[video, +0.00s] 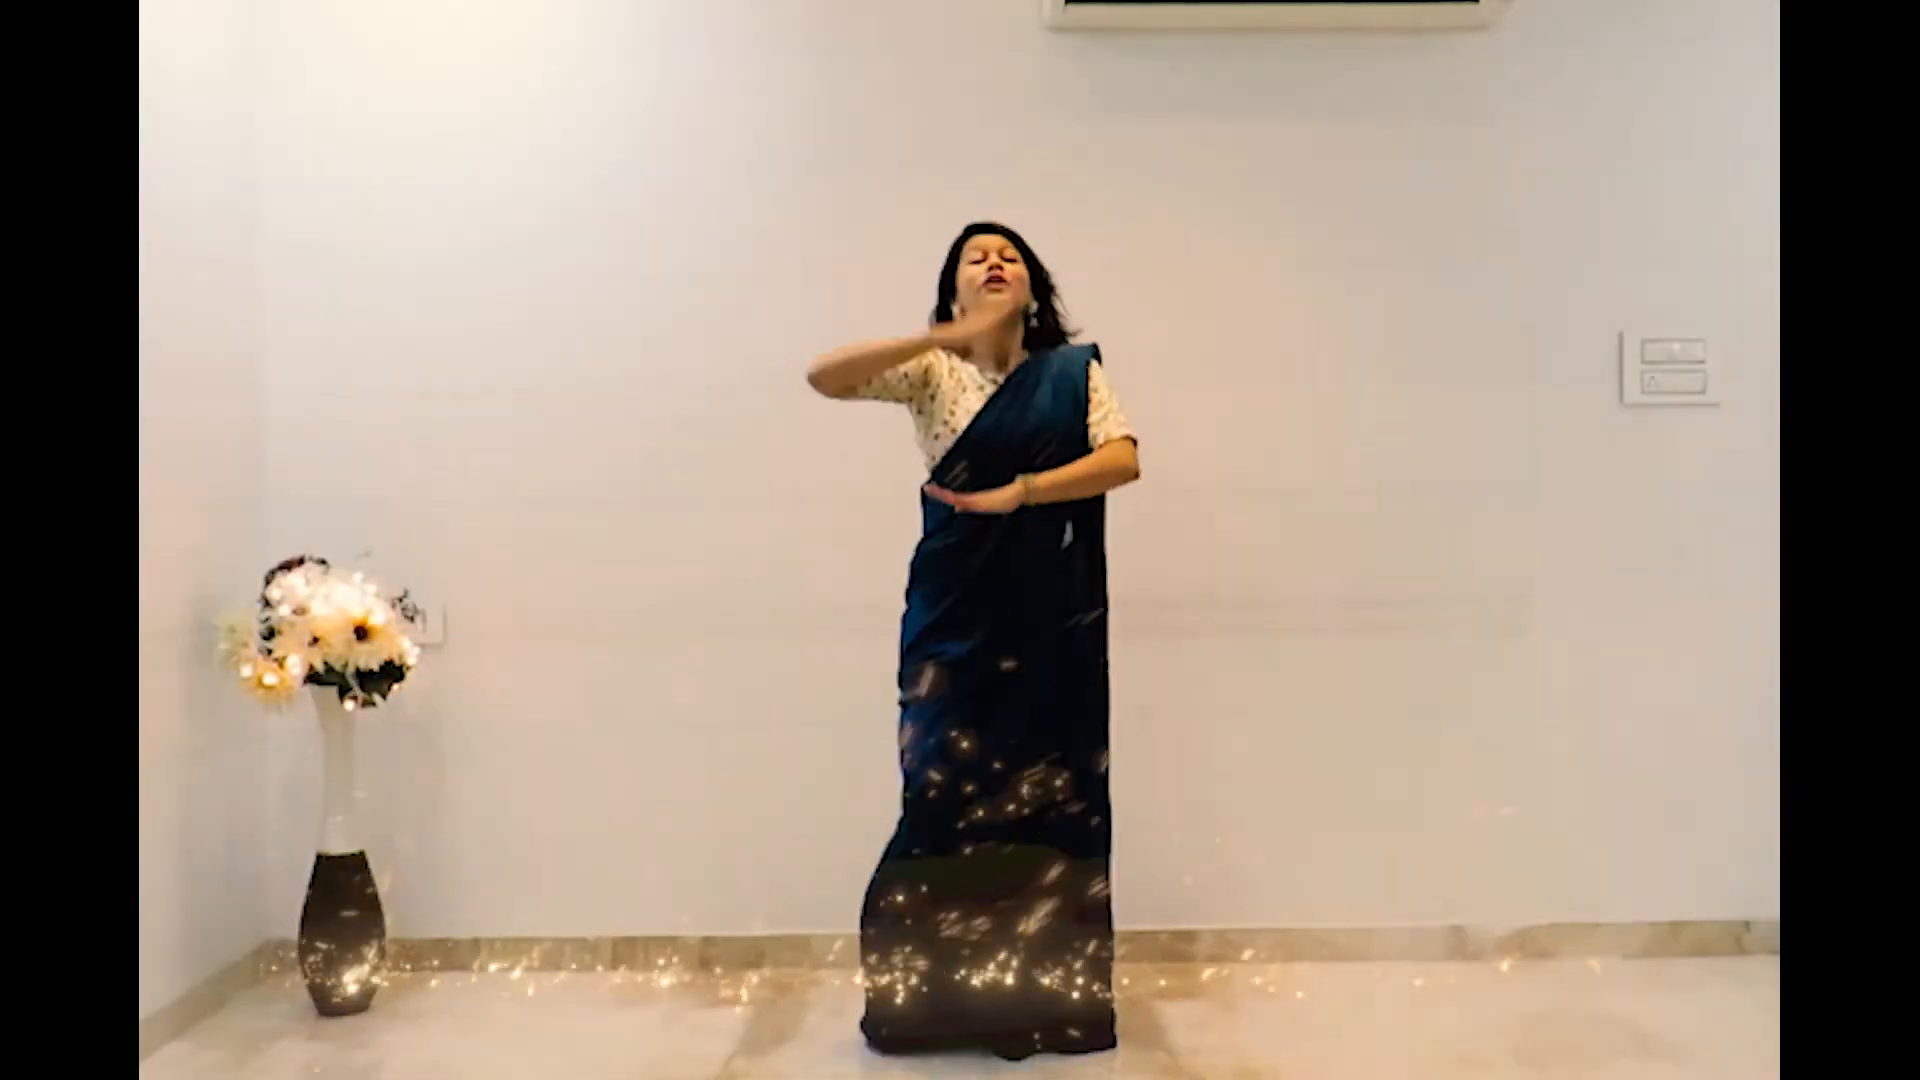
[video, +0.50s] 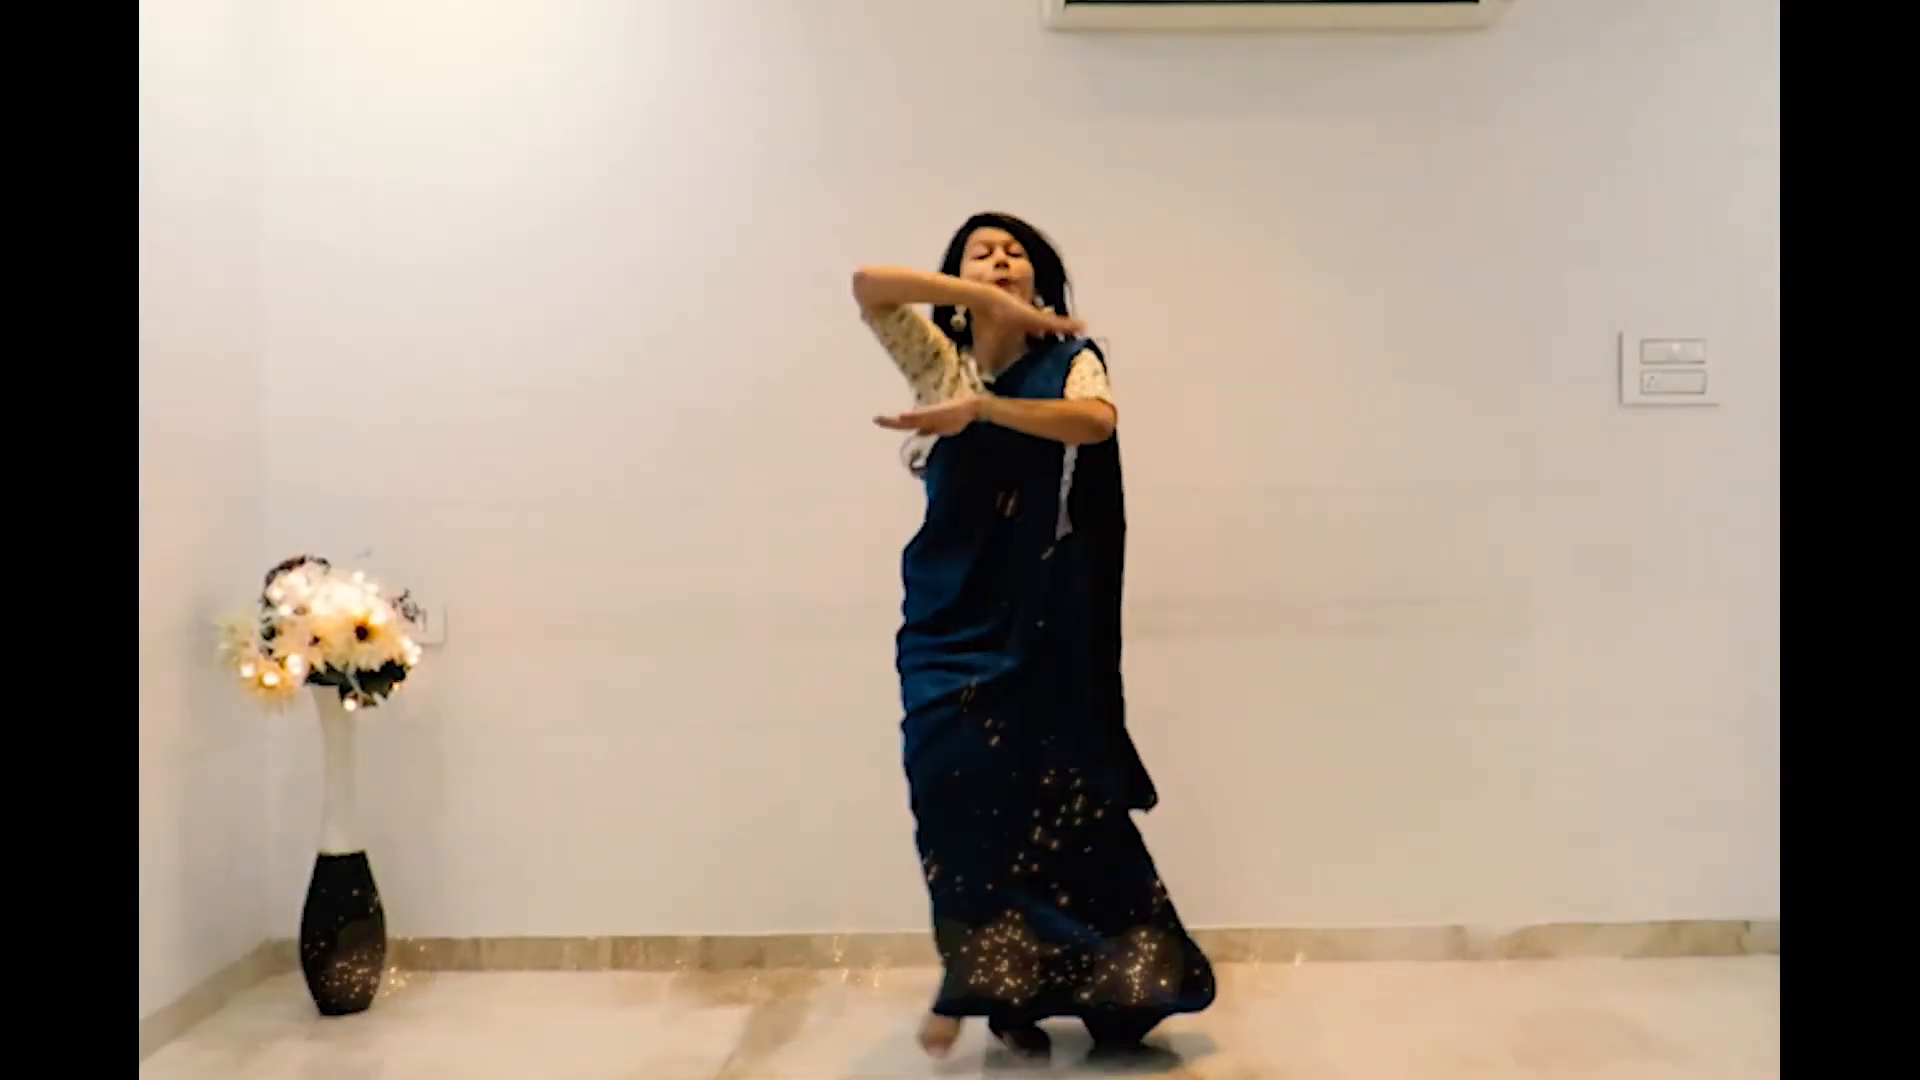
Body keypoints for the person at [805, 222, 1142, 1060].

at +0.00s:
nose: (994, 262)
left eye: (1009, 254)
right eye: (975, 256)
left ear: (1035, 290)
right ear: (953, 295)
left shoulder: (1074, 366)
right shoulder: (931, 373)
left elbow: (1122, 460)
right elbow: (824, 376)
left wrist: (1018, 492)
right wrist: (944, 334)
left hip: (1054, 620)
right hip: (952, 617)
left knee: (1053, 801)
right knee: (939, 794)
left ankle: (1043, 994)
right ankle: (919, 991)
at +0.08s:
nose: (985, 259)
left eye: (1002, 254)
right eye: (968, 254)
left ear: (1026, 292)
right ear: (946, 297)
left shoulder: (1066, 359)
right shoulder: (934, 382)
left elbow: (1136, 420)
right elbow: (904, 377)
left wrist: (1033, 445)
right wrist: (897, 273)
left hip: (1070, 615)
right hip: (970, 621)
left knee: (1072, 801)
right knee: (990, 794)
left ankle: (1053, 991)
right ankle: (974, 993)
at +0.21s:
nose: (981, 289)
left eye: (998, 282)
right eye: (965, 280)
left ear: (1019, 313)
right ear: (937, 309)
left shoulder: (1053, 383)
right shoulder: (924, 404)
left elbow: (1141, 433)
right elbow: (957, 480)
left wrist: (1043, 456)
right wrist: (896, 370)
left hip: (1071, 622)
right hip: (981, 633)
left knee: (1080, 807)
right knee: (1014, 810)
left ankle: (1094, 1006)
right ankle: (1015, 1007)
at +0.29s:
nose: (989, 305)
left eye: (1004, 298)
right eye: (973, 295)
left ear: (1024, 327)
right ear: (943, 322)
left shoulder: (1059, 403)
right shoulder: (927, 414)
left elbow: (1140, 454)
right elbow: (949, 469)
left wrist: (1038, 468)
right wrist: (890, 365)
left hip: (1080, 644)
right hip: (988, 656)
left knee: (1107, 824)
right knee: (1020, 835)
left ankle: (1129, 1026)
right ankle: (1043, 1027)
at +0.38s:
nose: (995, 281)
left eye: (1010, 273)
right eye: (979, 273)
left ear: (1030, 302)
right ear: (950, 301)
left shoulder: (1064, 374)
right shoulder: (931, 391)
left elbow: (1120, 434)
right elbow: (892, 405)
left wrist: (1013, 434)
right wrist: (923, 300)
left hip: (1066, 628)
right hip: (974, 634)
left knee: (1089, 812)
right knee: (1010, 818)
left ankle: (1122, 1002)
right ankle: (1052, 1006)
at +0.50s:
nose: (1000, 261)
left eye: (1014, 253)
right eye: (982, 253)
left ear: (1042, 284)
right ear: (959, 287)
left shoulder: (1072, 357)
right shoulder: (941, 363)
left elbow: (1093, 420)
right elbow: (870, 285)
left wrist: (977, 407)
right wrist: (992, 300)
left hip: (1048, 620)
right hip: (950, 618)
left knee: (1057, 804)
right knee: (947, 790)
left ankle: (1106, 989)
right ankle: (963, 972)